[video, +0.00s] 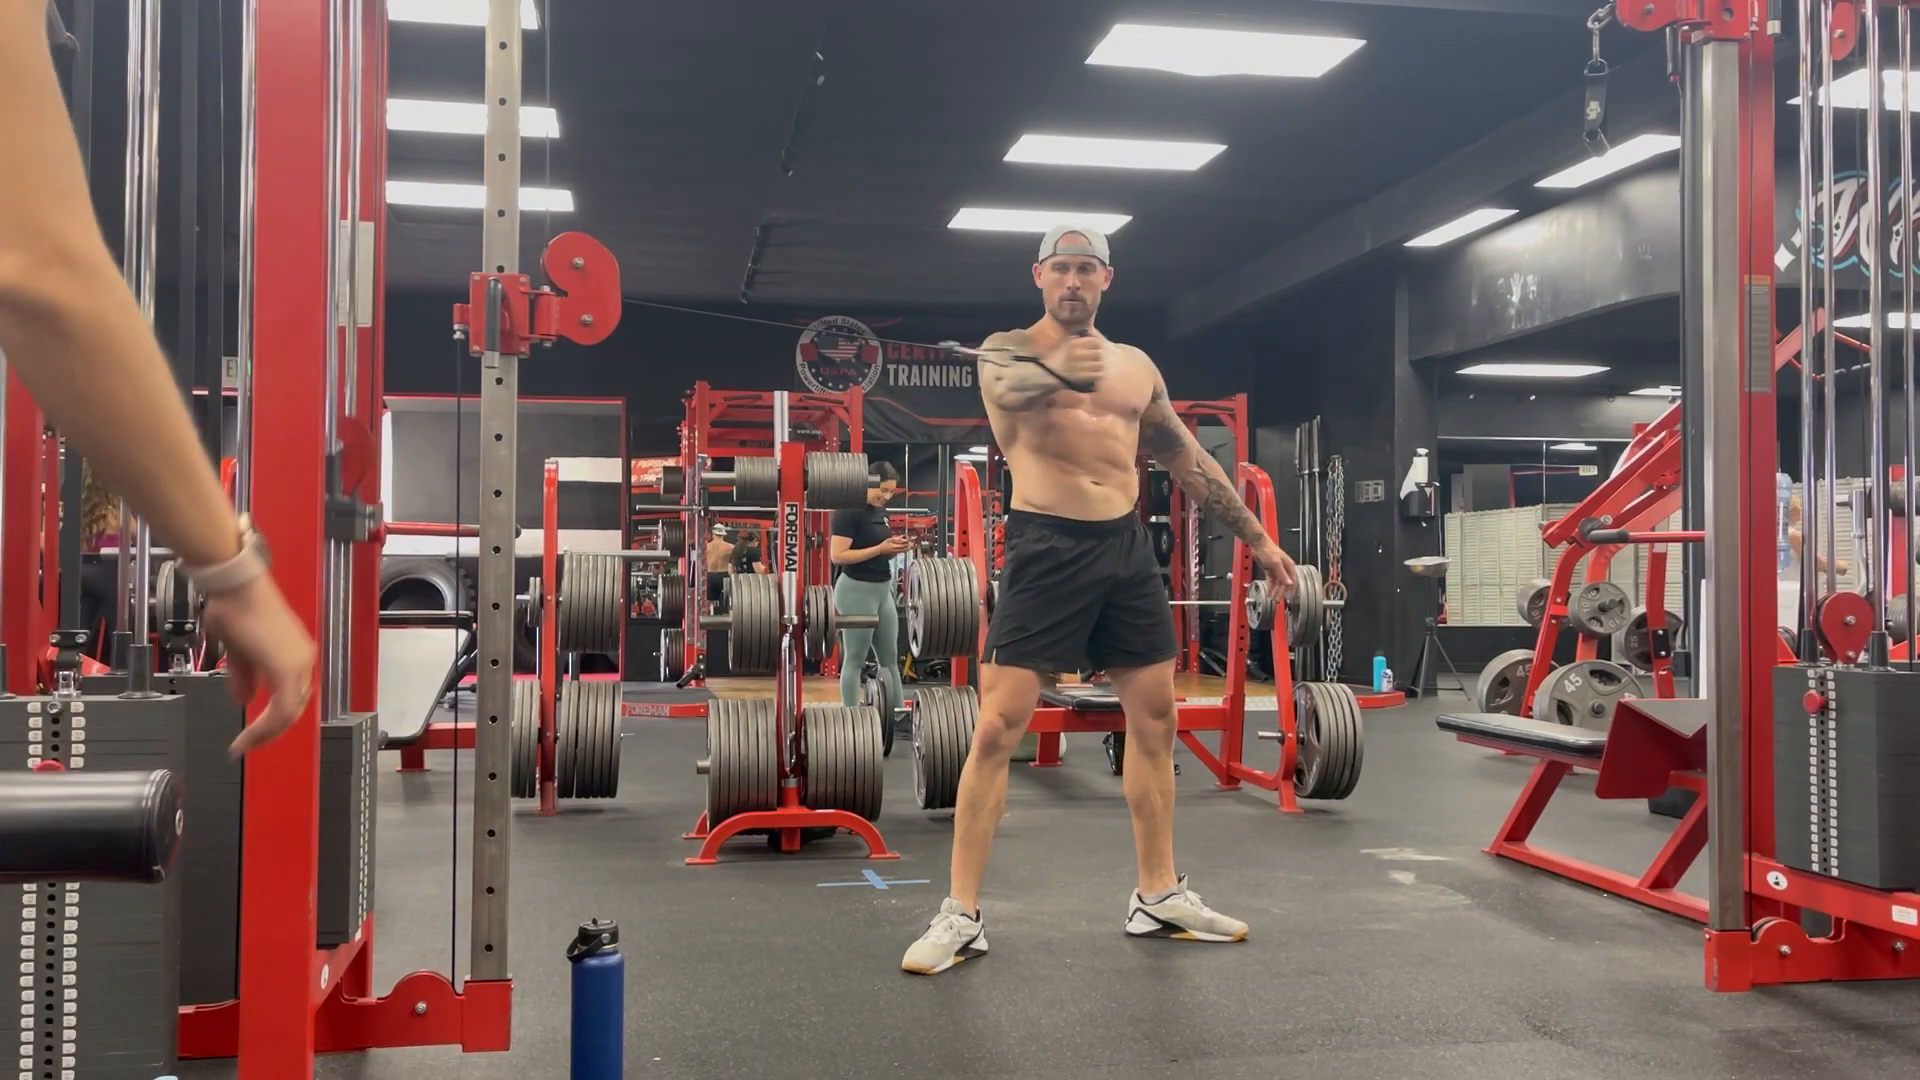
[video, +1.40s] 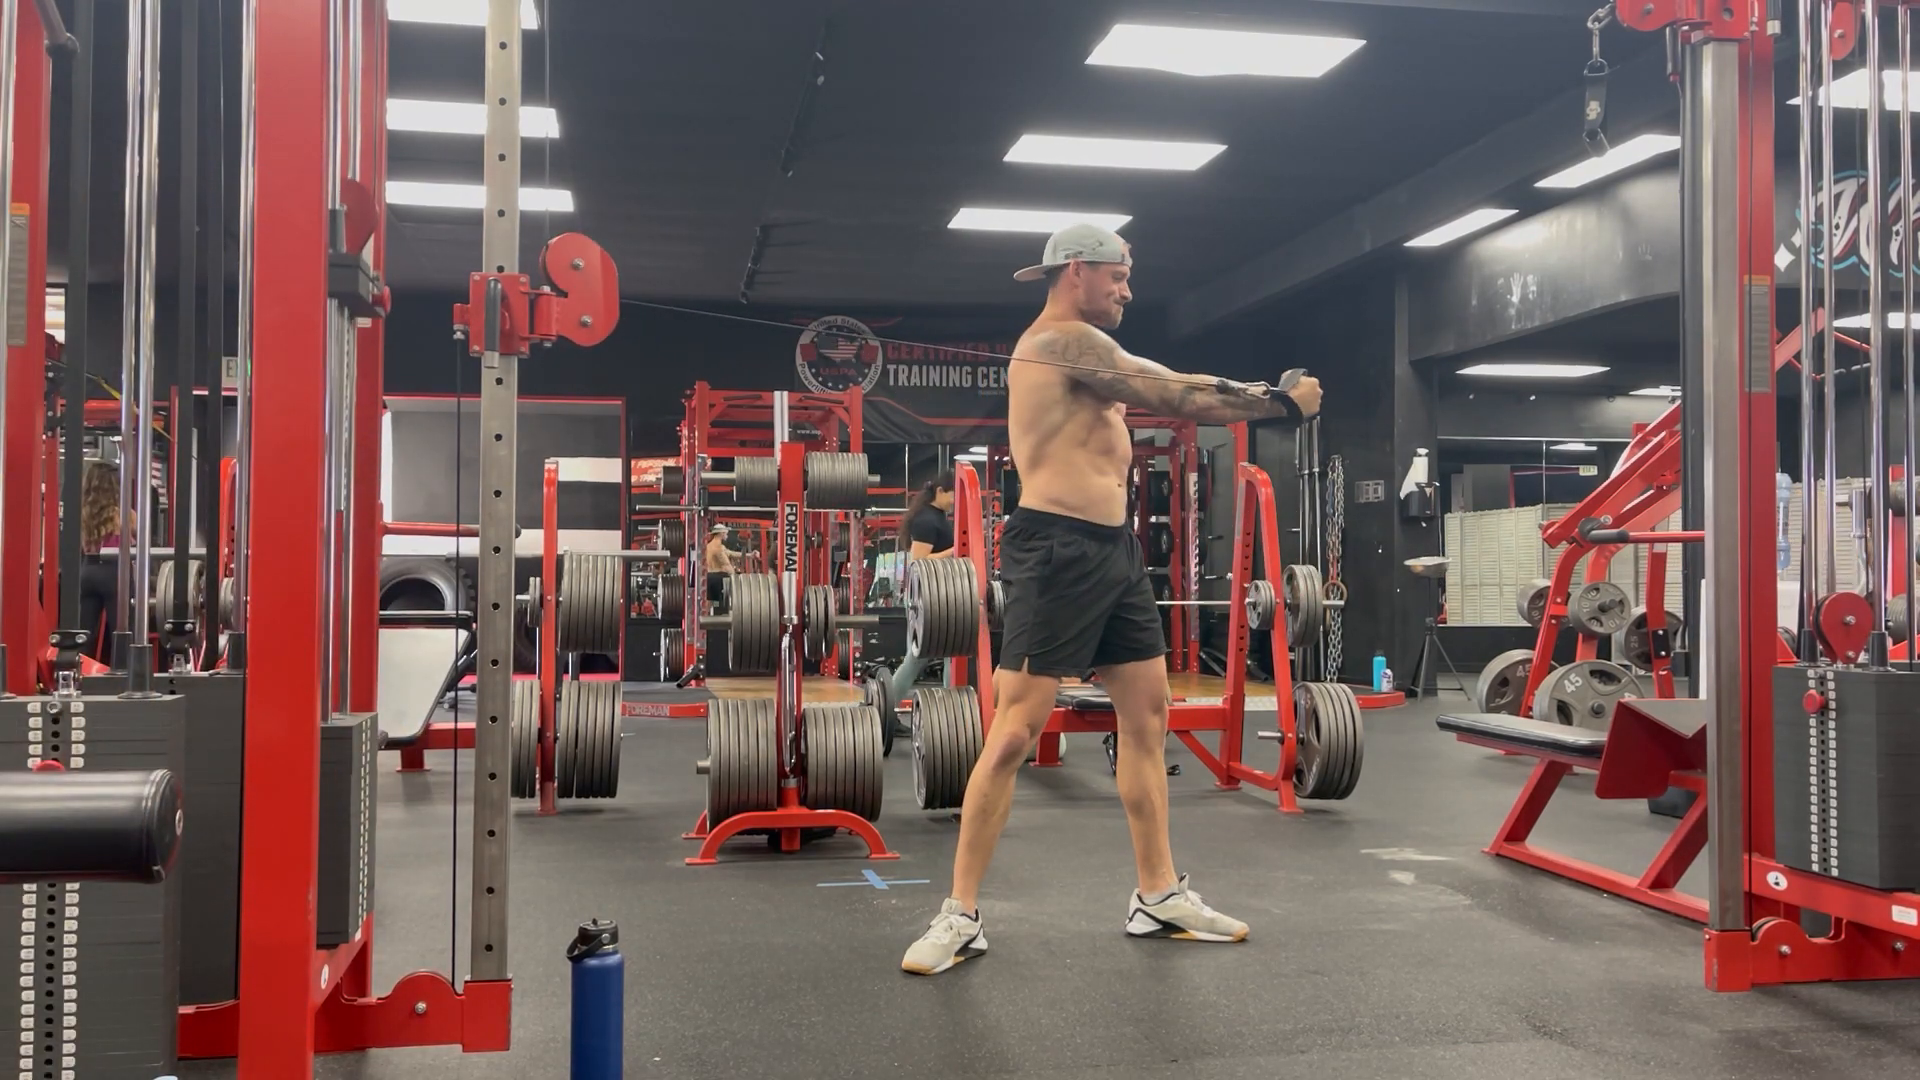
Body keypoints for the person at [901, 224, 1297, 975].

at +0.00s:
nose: (1074, 281)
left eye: (1086, 269)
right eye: (1062, 268)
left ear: (1107, 281)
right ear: (1039, 280)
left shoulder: (1138, 367)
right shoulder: (1004, 349)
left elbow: (1194, 465)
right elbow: (1009, 390)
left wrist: (1261, 542)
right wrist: (1067, 374)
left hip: (1127, 552)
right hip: (1043, 551)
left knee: (1155, 720)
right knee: (995, 730)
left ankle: (1157, 894)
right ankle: (961, 911)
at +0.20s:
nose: (1049, 276)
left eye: (1064, 264)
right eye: (1039, 265)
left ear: (1098, 280)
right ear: (1027, 280)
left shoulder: (1142, 366)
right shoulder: (1006, 353)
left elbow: (1212, 458)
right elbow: (968, 381)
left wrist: (1287, 532)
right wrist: (955, 367)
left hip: (1126, 550)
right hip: (1037, 550)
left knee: (1159, 721)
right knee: (988, 725)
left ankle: (1158, 896)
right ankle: (960, 910)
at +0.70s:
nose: (1076, 272)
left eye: (1089, 261)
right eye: (1063, 260)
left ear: (1108, 277)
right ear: (1038, 275)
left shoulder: (1143, 367)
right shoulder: (1006, 344)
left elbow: (1207, 464)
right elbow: (976, 386)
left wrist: (1278, 537)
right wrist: (1017, 370)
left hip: (1123, 553)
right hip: (1036, 550)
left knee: (1160, 719)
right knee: (987, 726)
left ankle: (1158, 895)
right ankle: (958, 910)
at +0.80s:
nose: (1087, 273)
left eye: (1098, 263)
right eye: (1072, 260)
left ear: (1110, 281)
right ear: (1041, 275)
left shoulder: (1130, 364)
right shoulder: (1008, 346)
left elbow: (1191, 467)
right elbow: (1017, 390)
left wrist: (1256, 543)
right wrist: (1094, 374)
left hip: (1121, 552)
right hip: (1037, 548)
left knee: (1157, 716)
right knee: (989, 728)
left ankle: (1159, 894)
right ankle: (959, 909)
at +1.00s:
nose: (1103, 276)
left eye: (1111, 266)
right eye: (1089, 262)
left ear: (1116, 280)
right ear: (1047, 273)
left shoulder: (1122, 372)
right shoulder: (1016, 348)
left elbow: (1149, 469)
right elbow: (1085, 387)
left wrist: (1201, 549)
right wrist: (1208, 383)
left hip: (1118, 554)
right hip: (1042, 549)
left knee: (1154, 717)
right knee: (999, 731)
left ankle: (1159, 894)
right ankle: (959, 910)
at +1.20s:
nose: (1119, 279)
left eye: (1121, 269)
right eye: (1105, 265)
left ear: (1105, 284)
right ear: (1059, 273)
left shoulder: (1102, 363)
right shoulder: (1037, 346)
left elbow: (1114, 472)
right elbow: (1154, 389)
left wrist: (1149, 549)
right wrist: (1278, 390)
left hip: (1120, 556)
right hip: (1050, 550)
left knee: (1151, 720)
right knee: (1009, 734)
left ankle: (1159, 894)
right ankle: (960, 910)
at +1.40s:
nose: (1127, 288)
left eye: (1129, 277)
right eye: (1117, 274)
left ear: (1086, 278)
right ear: (1073, 274)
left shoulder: (1091, 350)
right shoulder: (1060, 340)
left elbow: (1174, 397)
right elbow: (1171, 392)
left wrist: (1260, 396)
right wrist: (1278, 399)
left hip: (1114, 555)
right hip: (1053, 549)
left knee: (1147, 720)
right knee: (1012, 736)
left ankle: (1159, 894)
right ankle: (959, 911)